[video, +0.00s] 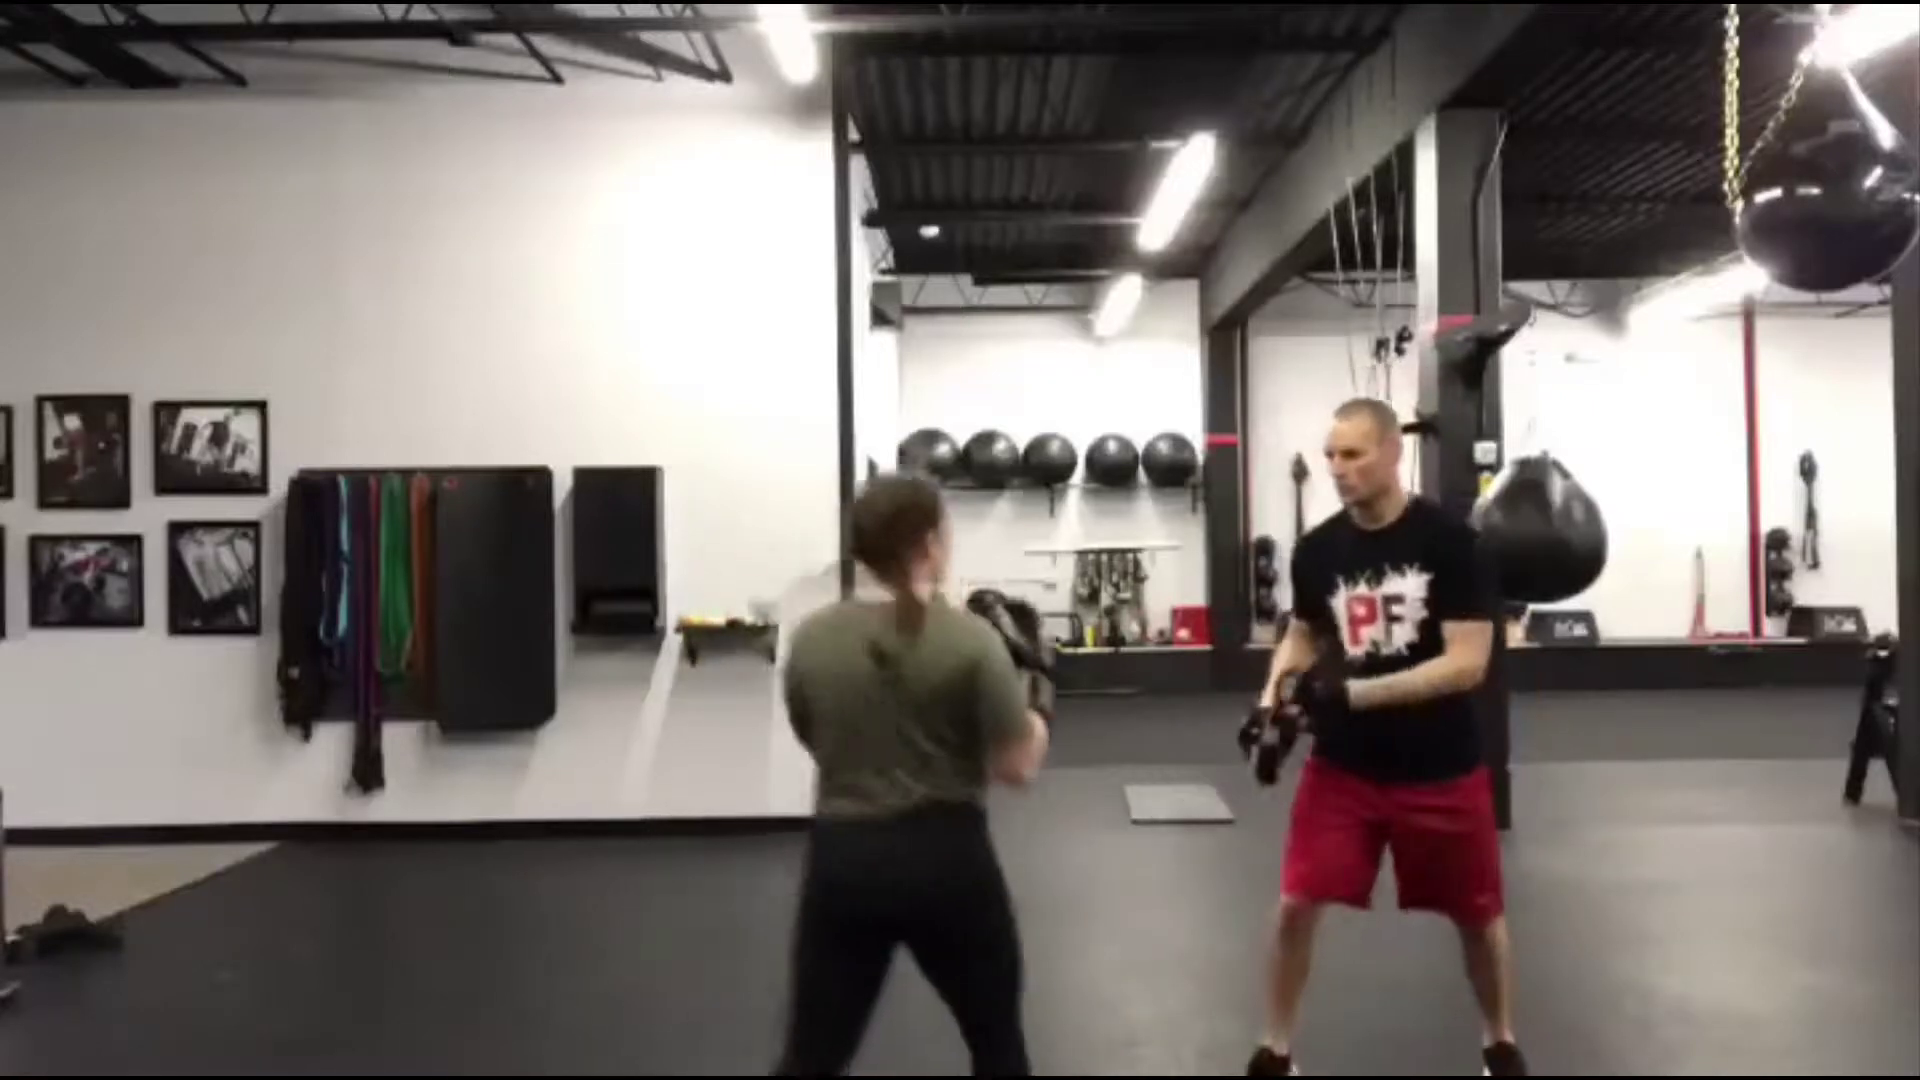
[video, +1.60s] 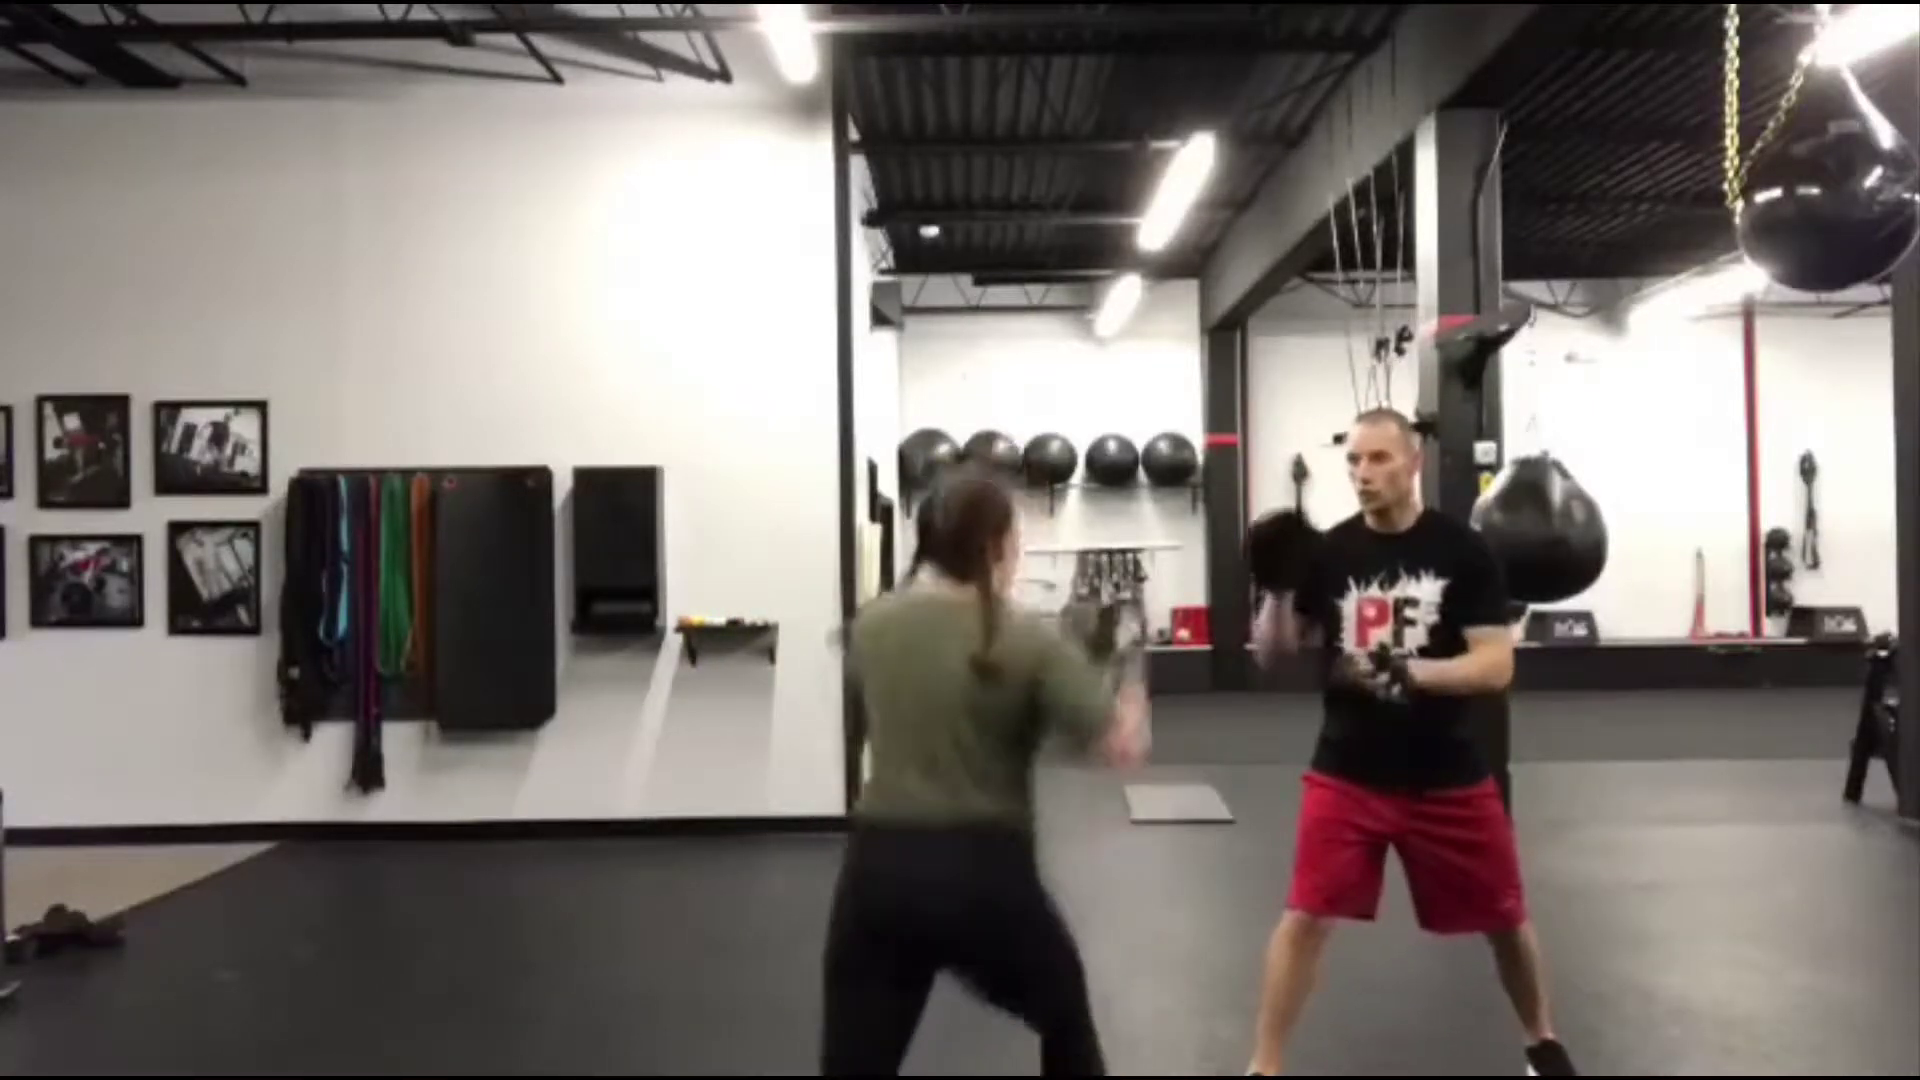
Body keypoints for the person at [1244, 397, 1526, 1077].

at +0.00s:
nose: (1339, 469)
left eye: (1352, 455)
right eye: (1332, 456)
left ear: (1393, 452)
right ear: (1328, 460)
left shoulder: (1451, 540)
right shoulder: (1317, 549)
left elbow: (1469, 661)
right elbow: (1303, 633)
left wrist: (1352, 691)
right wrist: (1274, 697)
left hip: (1443, 772)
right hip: (1343, 770)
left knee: (1481, 918)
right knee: (1296, 906)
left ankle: (1501, 1046)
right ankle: (1275, 1051)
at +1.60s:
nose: (1365, 473)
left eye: (1379, 458)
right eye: (1356, 461)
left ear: (1414, 460)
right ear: (1347, 468)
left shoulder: (1463, 550)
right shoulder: (1330, 551)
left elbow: (1496, 665)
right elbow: (1278, 655)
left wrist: (1409, 670)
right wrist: (1278, 588)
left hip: (1452, 779)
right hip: (1348, 775)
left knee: (1508, 921)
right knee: (1305, 915)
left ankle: (1543, 1044)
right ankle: (1265, 1064)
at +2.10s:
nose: (1294, 478)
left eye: (1307, 464)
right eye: (1285, 467)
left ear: (1345, 464)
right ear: (1278, 475)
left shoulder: (1408, 542)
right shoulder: (1267, 558)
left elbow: (1448, 650)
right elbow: (1227, 653)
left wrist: (1369, 645)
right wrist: (1218, 656)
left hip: (1416, 770)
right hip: (1314, 773)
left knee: (1476, 909)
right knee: (1287, 914)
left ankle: (1516, 1025)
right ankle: (1262, 1064)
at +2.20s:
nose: (1301, 493)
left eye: (1314, 479)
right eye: (1291, 481)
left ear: (1351, 475)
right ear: (1282, 485)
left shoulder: (1413, 545)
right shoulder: (1273, 560)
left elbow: (1443, 655)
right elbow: (1236, 653)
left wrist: (1355, 631)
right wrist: (1249, 722)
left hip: (1417, 774)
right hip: (1318, 777)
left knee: (1478, 914)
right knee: (1288, 915)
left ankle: (1509, 1019)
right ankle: (1261, 1065)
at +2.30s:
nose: (1322, 503)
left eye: (1335, 489)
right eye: (1312, 491)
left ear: (1372, 485)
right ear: (1304, 494)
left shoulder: (1423, 556)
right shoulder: (1291, 571)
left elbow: (1441, 666)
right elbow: (1257, 662)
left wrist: (1349, 630)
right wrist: (1285, 739)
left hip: (1425, 779)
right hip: (1329, 777)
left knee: (1483, 922)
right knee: (1293, 914)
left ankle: (1508, 1022)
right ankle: (1261, 1065)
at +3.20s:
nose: (1324, 497)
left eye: (1339, 485)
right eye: (1321, 485)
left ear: (1380, 489)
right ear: (1318, 491)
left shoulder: (1428, 561)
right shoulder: (1300, 566)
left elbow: (1460, 675)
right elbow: (1243, 664)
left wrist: (1406, 616)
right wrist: (1264, 644)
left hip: (1419, 776)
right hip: (1319, 773)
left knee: (1483, 912)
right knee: (1280, 906)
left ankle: (1509, 1027)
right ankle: (1245, 1053)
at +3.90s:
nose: (1293, 489)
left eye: (1307, 476)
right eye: (1286, 477)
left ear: (1342, 481)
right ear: (1277, 485)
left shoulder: (1388, 555)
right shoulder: (1263, 563)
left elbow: (1414, 643)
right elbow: (1228, 643)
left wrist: (1370, 548)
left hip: (1396, 772)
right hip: (1293, 774)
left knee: (1472, 908)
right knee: (1264, 906)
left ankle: (1500, 1017)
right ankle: (1241, 1052)